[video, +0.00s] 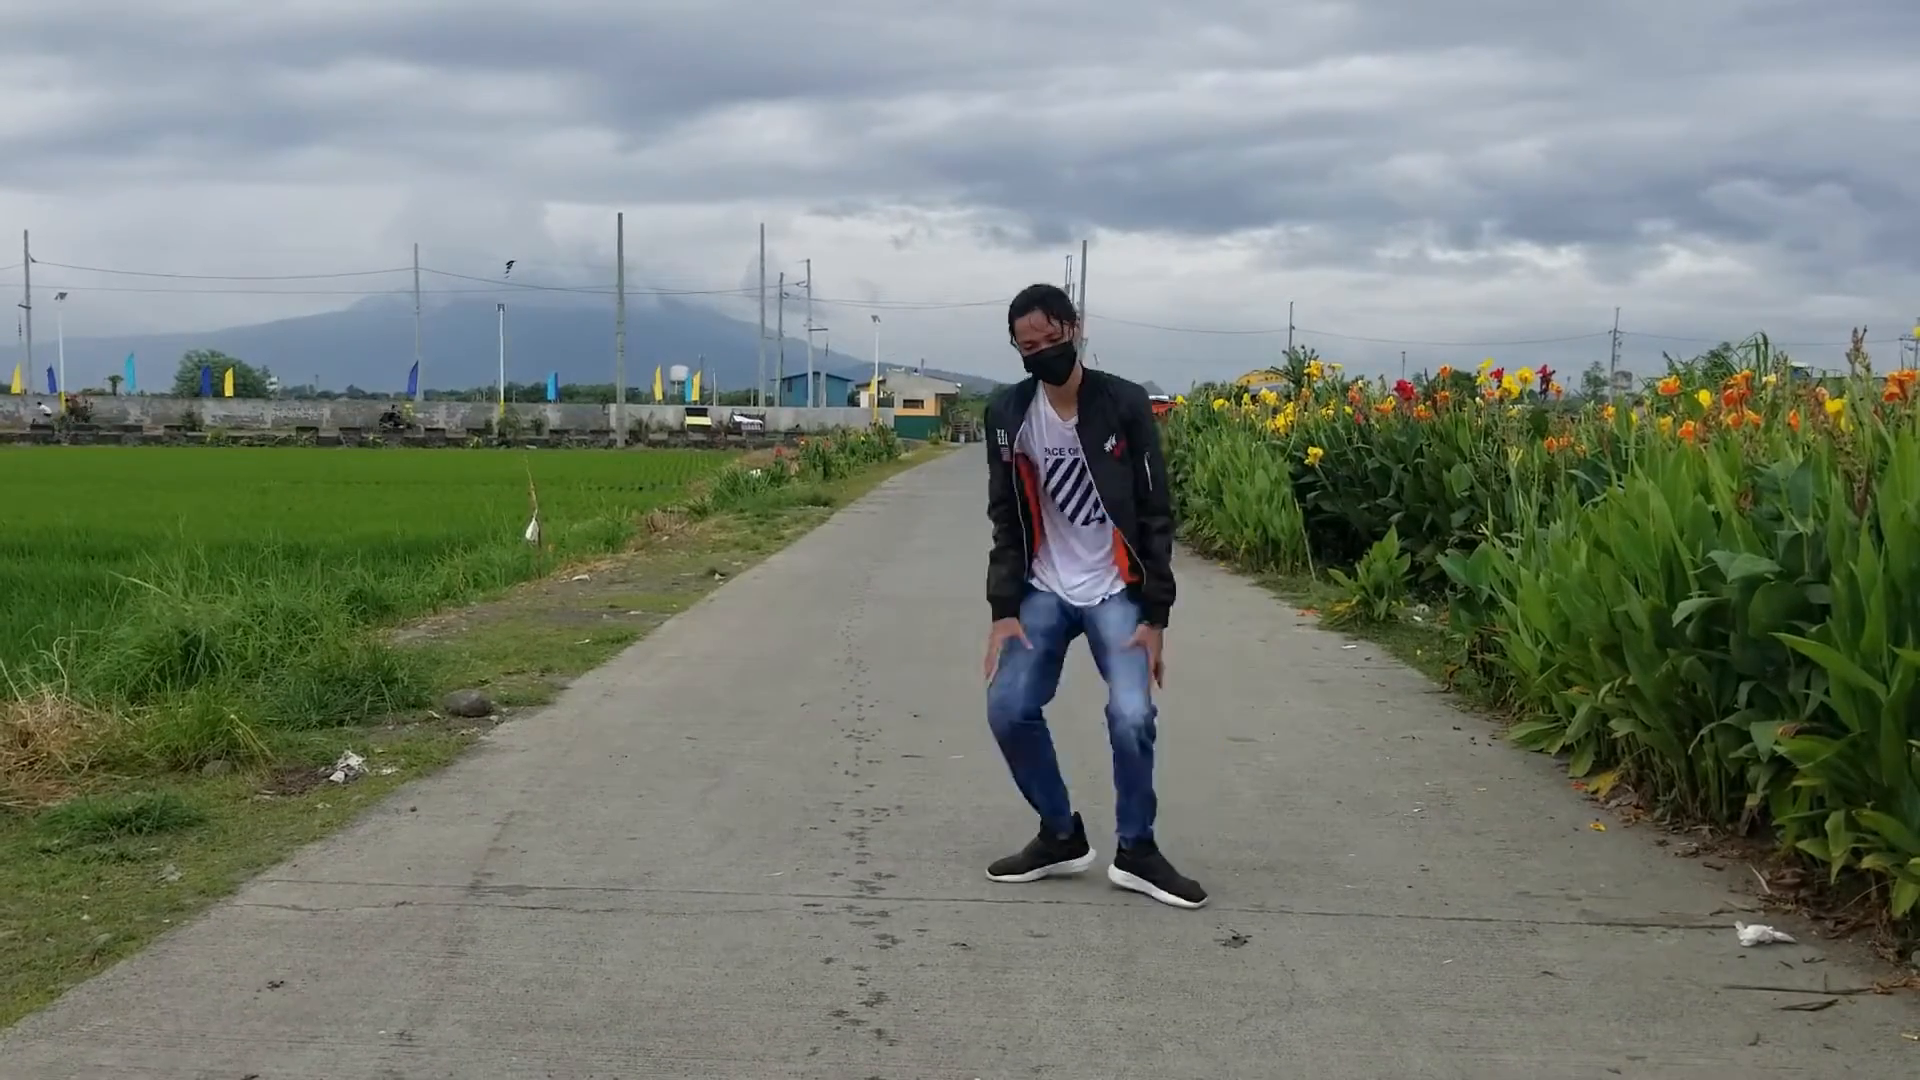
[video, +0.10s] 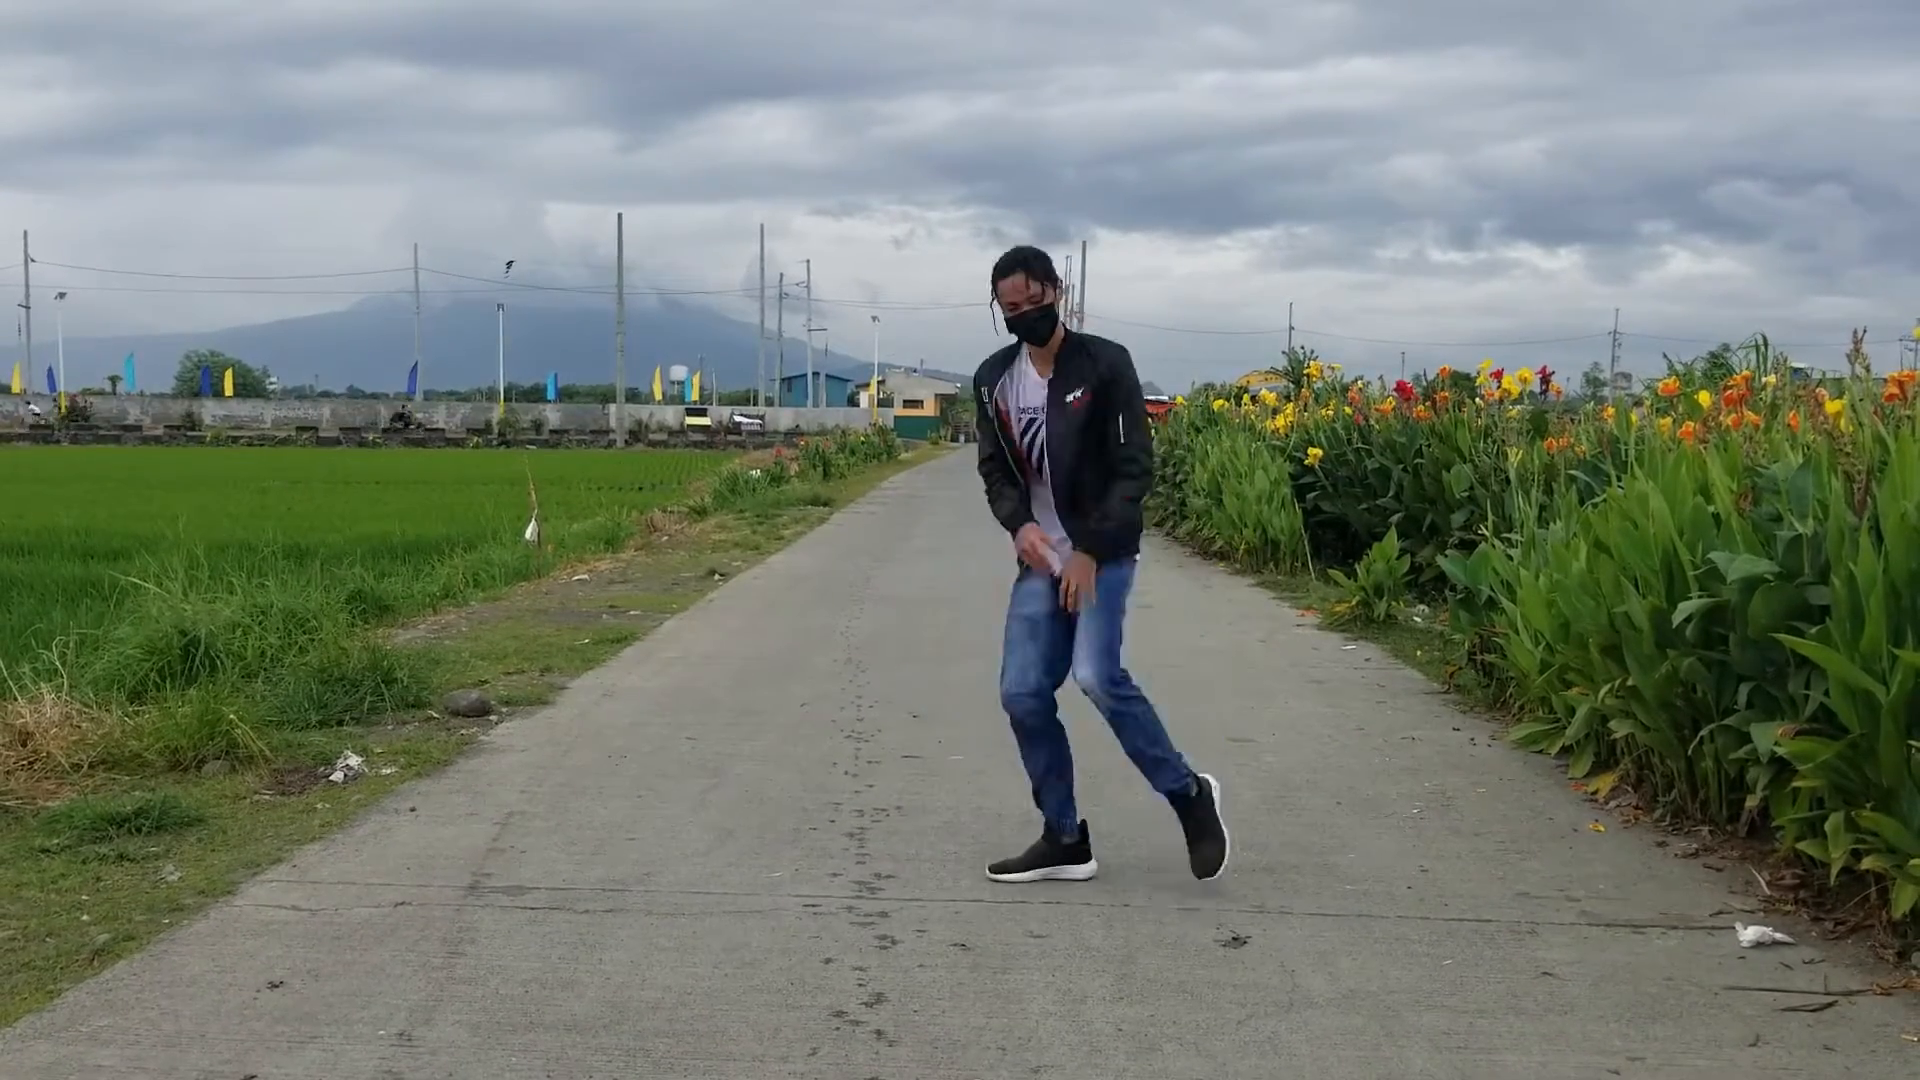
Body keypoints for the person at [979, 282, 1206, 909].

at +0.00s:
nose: (1038, 350)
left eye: (1046, 336)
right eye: (1026, 343)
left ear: (1073, 330)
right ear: (1018, 349)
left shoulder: (1124, 404)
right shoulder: (1008, 413)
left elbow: (1155, 514)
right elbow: (1006, 517)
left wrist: (1155, 616)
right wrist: (1003, 608)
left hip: (1115, 585)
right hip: (1041, 584)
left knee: (1133, 716)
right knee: (1008, 710)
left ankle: (1135, 850)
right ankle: (1061, 834)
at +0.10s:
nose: (1021, 310)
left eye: (1031, 296)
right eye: (1009, 302)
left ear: (1056, 293)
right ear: (998, 308)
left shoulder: (1104, 362)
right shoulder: (994, 378)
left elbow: (1134, 468)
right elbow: (995, 469)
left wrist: (1090, 551)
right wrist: (1020, 525)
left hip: (1105, 548)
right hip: (1041, 550)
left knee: (1096, 674)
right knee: (1023, 691)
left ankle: (1188, 795)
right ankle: (1066, 840)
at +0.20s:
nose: (1010, 280)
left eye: (1019, 267)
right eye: (998, 273)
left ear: (1046, 265)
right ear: (990, 284)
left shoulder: (1097, 333)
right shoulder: (989, 356)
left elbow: (1163, 400)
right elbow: (969, 442)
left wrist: (1074, 431)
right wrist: (1003, 383)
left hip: (1090, 530)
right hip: (1025, 543)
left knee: (1101, 612)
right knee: (1017, 682)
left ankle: (1163, 728)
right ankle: (1062, 831)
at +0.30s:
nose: (1014, 273)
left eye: (1023, 260)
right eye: (1001, 269)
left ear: (1048, 266)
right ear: (990, 284)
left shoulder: (1088, 331)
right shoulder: (984, 349)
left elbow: (1155, 365)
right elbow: (957, 413)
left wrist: (1067, 361)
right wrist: (1008, 342)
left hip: (1085, 506)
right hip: (1021, 527)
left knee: (1085, 547)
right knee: (1041, 691)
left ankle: (1119, 675)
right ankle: (1067, 832)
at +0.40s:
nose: (1010, 270)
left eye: (1020, 258)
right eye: (998, 264)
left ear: (1045, 266)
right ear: (987, 281)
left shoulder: (1083, 329)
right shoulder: (979, 348)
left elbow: (1142, 365)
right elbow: (955, 417)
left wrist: (1056, 354)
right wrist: (1002, 345)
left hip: (1079, 504)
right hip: (1010, 520)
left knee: (1045, 523)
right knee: (1033, 682)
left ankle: (1065, 667)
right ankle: (1065, 832)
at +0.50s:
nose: (1007, 283)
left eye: (1016, 270)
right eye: (996, 277)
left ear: (1042, 273)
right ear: (986, 291)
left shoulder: (1077, 333)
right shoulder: (980, 350)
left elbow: (1131, 361)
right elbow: (949, 400)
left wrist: (1046, 347)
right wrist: (992, 337)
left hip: (1070, 520)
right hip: (1012, 524)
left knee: (987, 540)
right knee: (1040, 685)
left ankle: (1005, 685)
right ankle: (1064, 833)